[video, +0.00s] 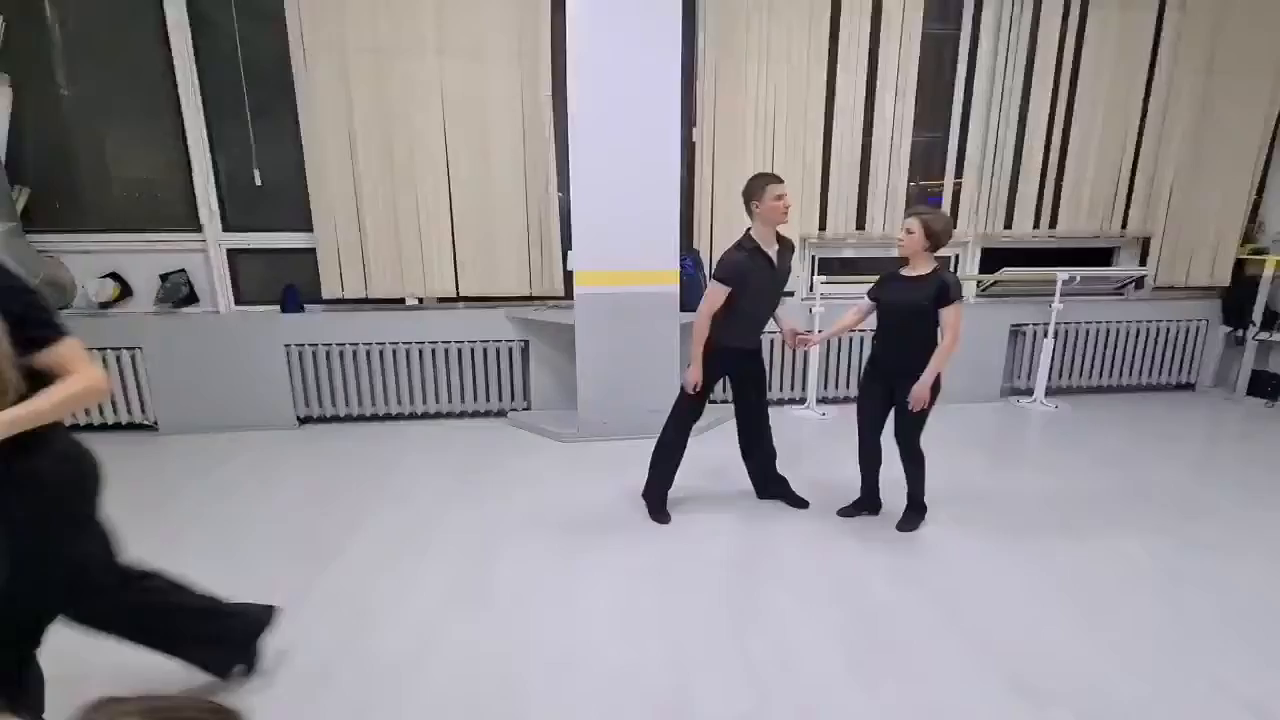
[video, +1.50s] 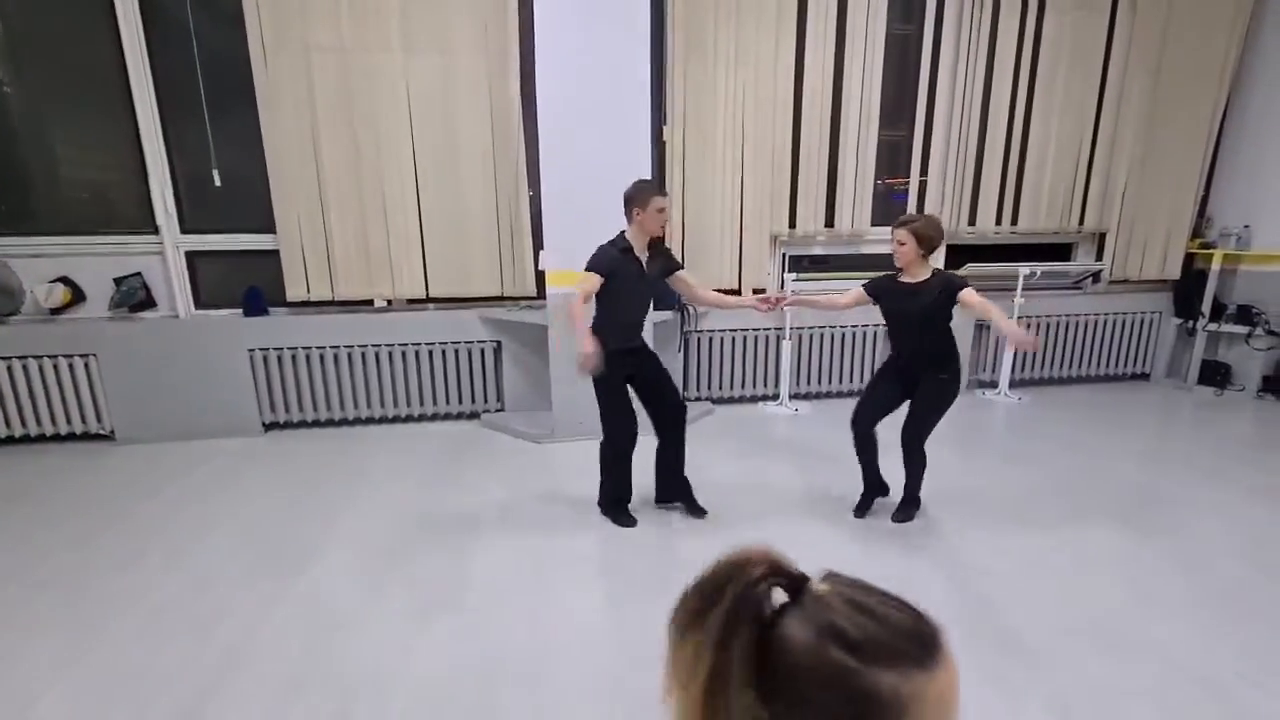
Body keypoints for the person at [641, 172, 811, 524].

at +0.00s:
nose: (787, 203)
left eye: (786, 197)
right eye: (778, 198)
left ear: (781, 204)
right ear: (756, 207)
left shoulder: (785, 248)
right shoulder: (736, 259)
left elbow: (769, 294)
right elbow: (703, 313)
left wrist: (786, 325)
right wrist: (695, 365)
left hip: (748, 349)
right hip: (714, 349)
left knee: (755, 418)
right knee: (683, 418)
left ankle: (768, 484)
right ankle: (655, 491)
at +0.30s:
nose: (770, 196)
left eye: (769, 189)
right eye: (761, 191)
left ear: (766, 196)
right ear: (739, 199)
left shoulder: (777, 238)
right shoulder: (728, 256)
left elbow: (767, 290)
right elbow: (711, 315)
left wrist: (787, 313)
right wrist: (725, 362)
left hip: (760, 346)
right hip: (726, 348)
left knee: (761, 417)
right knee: (694, 418)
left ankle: (765, 481)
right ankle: (656, 491)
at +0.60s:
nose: (740, 208)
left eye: (741, 201)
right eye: (733, 202)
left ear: (723, 204)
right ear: (709, 203)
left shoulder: (737, 243)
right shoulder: (693, 257)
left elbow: (745, 293)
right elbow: (688, 320)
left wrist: (770, 308)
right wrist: (715, 362)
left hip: (756, 347)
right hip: (723, 352)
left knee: (760, 417)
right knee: (696, 423)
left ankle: (759, 479)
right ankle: (649, 487)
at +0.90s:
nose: (710, 221)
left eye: (710, 214)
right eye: (704, 214)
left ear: (686, 216)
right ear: (680, 215)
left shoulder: (700, 259)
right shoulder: (649, 263)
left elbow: (733, 294)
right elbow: (636, 320)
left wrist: (777, 300)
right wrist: (661, 370)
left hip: (715, 354)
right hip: (682, 362)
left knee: (744, 421)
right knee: (678, 440)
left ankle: (760, 482)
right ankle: (642, 493)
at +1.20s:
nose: (685, 216)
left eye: (686, 209)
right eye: (679, 209)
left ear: (669, 211)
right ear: (655, 209)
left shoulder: (673, 255)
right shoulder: (622, 253)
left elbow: (717, 292)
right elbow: (588, 299)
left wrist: (768, 300)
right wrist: (572, 347)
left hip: (643, 351)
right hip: (613, 354)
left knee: (675, 422)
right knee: (632, 430)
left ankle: (685, 502)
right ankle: (621, 499)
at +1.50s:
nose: (666, 218)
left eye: (667, 211)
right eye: (659, 211)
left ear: (647, 214)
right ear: (636, 213)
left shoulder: (659, 255)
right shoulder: (609, 255)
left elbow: (695, 294)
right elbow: (579, 299)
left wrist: (750, 301)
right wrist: (585, 340)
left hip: (636, 350)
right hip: (605, 353)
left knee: (672, 412)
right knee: (621, 428)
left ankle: (671, 490)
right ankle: (613, 502)